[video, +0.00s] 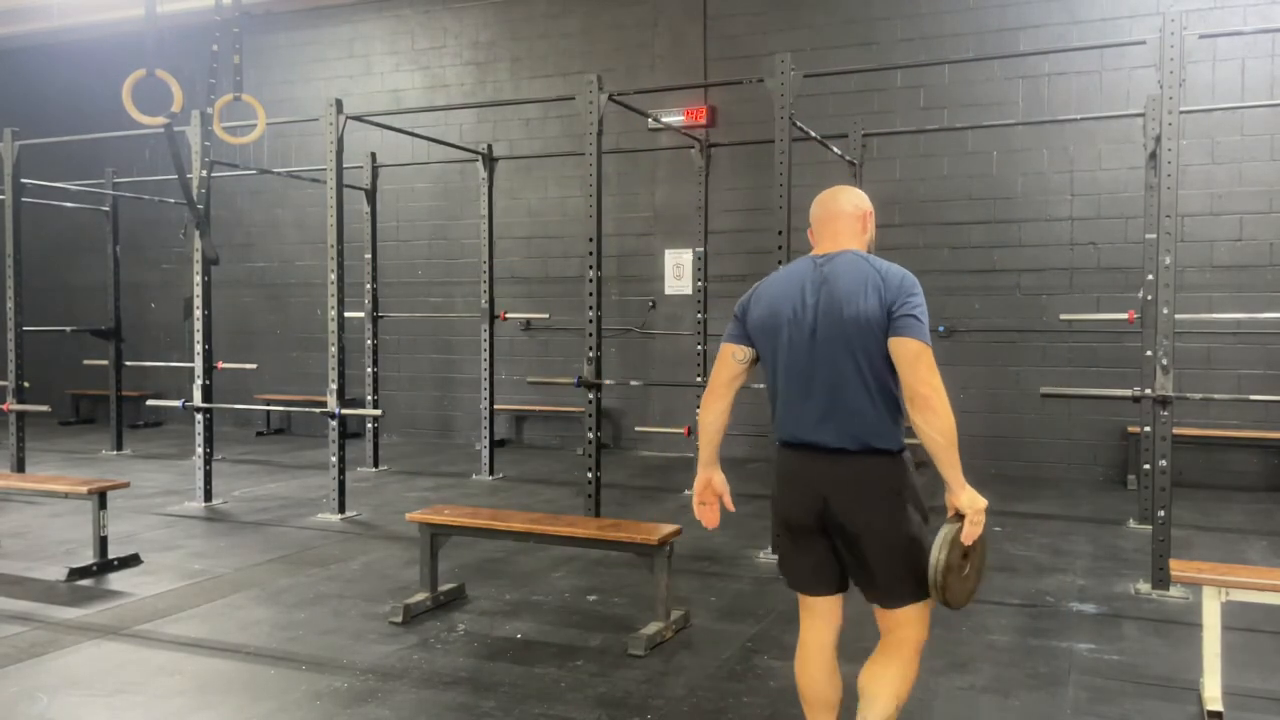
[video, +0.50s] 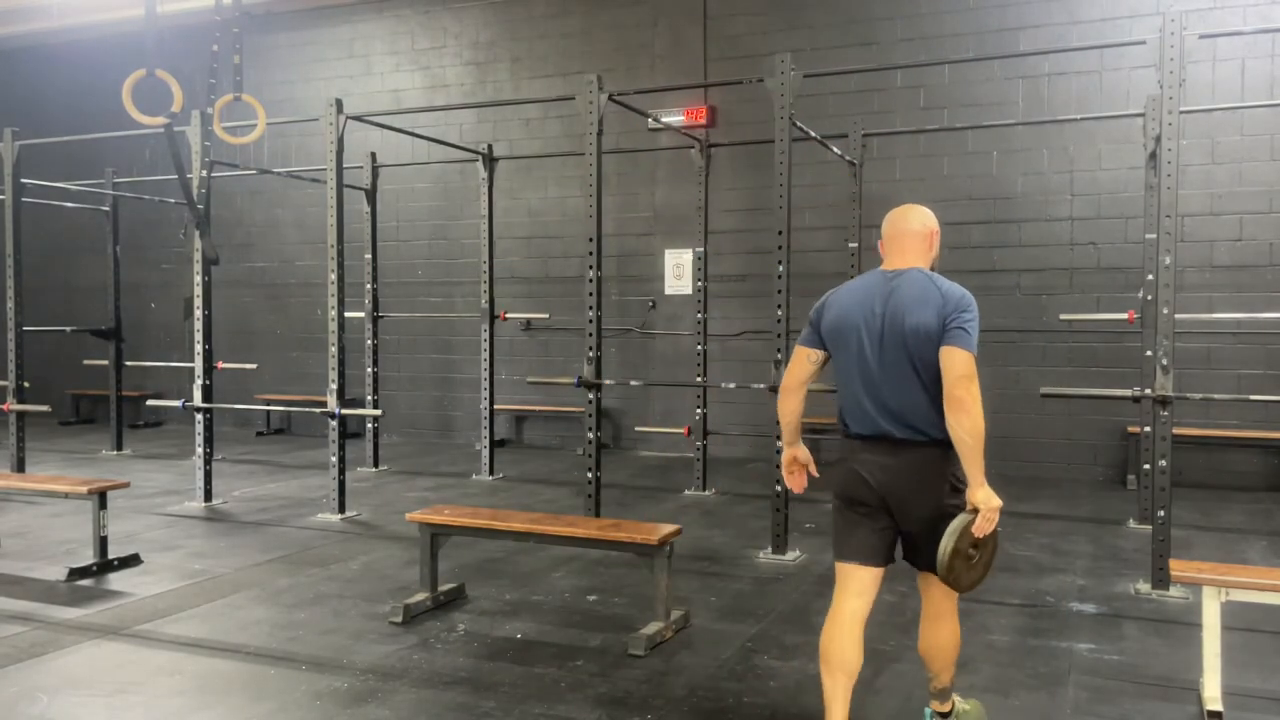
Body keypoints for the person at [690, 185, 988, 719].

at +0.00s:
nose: (873, 233)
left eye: (872, 224)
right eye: (873, 224)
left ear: (810, 232)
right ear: (867, 223)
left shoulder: (765, 292)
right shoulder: (892, 283)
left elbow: (720, 385)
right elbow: (922, 393)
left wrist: (707, 464)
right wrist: (957, 484)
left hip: (796, 483)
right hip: (874, 485)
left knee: (816, 623)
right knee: (903, 630)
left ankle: (822, 716)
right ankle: (868, 713)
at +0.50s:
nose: (937, 250)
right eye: (938, 242)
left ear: (880, 247)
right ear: (933, 244)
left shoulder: (837, 301)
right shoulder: (953, 300)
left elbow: (793, 381)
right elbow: (959, 394)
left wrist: (791, 441)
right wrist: (978, 482)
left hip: (859, 467)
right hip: (928, 471)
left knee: (848, 601)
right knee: (939, 599)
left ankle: (835, 715)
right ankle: (941, 706)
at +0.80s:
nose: (971, 242)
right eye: (971, 235)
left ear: (918, 239)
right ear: (969, 239)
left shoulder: (876, 293)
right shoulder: (989, 294)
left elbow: (835, 368)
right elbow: (1000, 387)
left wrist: (827, 430)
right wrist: (1021, 463)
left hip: (896, 451)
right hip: (960, 453)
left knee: (901, 559)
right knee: (950, 587)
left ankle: (895, 679)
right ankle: (943, 705)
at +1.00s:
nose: (976, 249)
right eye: (977, 242)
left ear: (927, 246)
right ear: (976, 245)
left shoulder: (890, 296)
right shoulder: (998, 296)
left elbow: (849, 372)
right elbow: (1017, 384)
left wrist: (853, 423)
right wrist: (1044, 454)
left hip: (911, 448)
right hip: (972, 450)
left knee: (932, 560)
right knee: (958, 578)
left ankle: (951, 664)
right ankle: (942, 703)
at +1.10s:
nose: (974, 252)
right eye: (975, 245)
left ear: (927, 251)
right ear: (975, 248)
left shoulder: (894, 302)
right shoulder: (1000, 299)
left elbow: (856, 375)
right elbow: (1022, 384)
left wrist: (857, 428)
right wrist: (1049, 451)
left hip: (918, 450)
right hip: (979, 451)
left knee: (944, 564)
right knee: (964, 580)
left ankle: (969, 663)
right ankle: (943, 701)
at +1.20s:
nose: (970, 252)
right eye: (970, 244)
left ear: (924, 253)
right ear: (969, 248)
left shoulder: (895, 307)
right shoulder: (1000, 300)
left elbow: (863, 377)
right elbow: (1025, 383)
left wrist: (857, 435)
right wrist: (1053, 447)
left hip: (926, 451)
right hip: (983, 450)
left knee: (948, 556)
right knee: (978, 571)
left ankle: (970, 659)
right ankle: (949, 692)